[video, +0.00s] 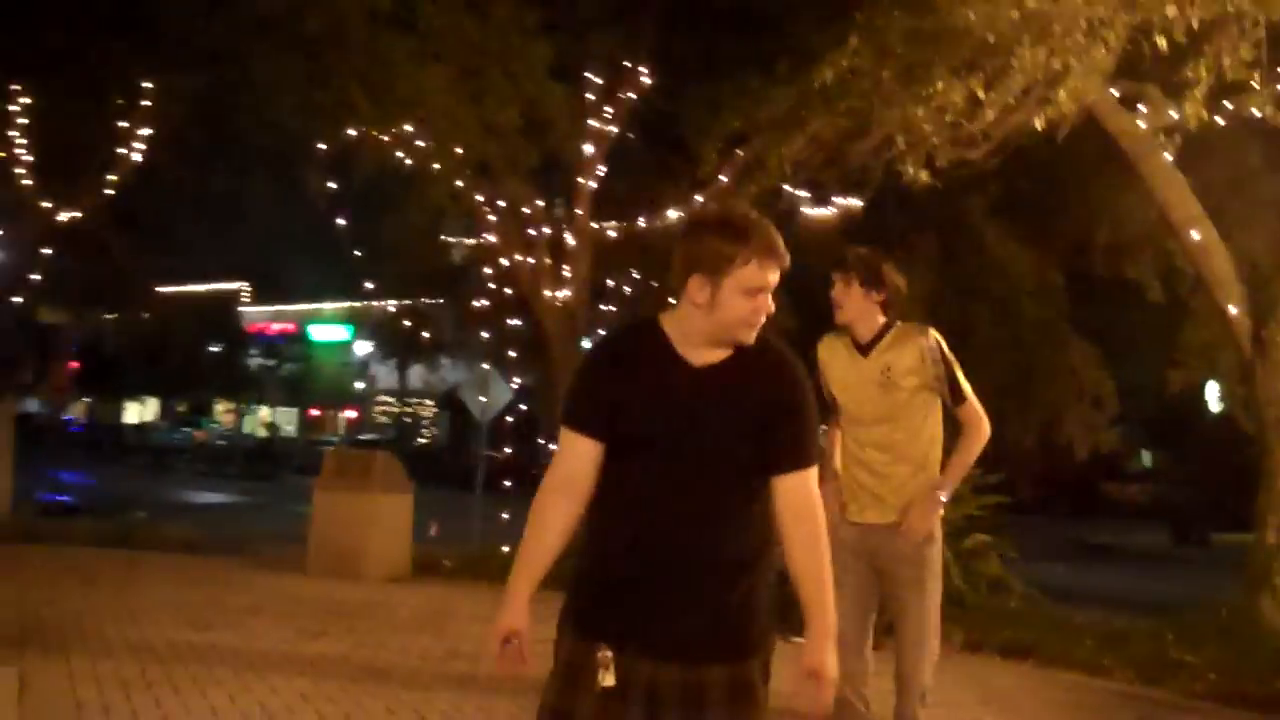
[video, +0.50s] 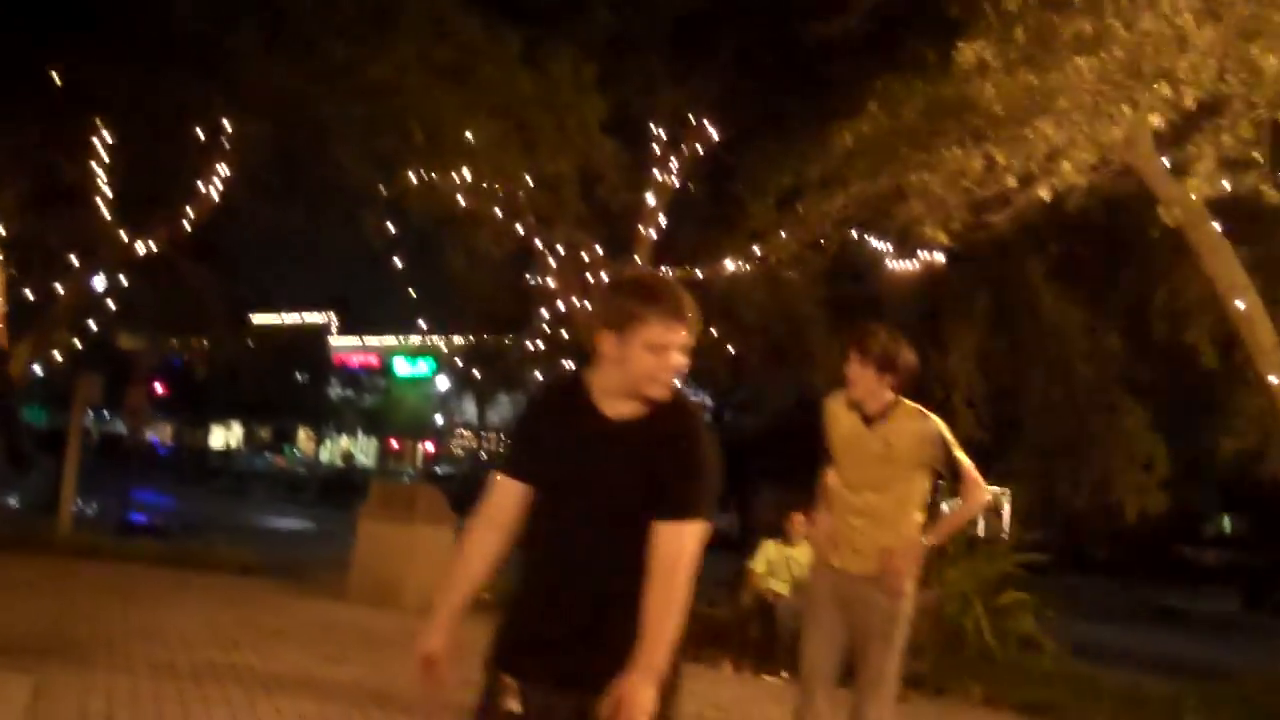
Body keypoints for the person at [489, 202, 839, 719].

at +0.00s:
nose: (768, 308)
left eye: (772, 291)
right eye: (753, 292)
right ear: (699, 291)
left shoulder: (777, 378)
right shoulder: (618, 362)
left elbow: (801, 511)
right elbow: (566, 486)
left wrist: (821, 633)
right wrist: (517, 598)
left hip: (725, 646)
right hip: (609, 639)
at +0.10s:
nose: (767, 330)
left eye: (771, 314)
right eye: (751, 314)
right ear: (697, 311)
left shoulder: (776, 399)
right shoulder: (621, 379)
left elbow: (794, 535)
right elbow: (574, 497)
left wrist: (799, 659)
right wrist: (521, 609)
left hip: (723, 657)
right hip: (610, 651)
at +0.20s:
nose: (769, 364)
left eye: (774, 348)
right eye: (752, 348)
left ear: (779, 344)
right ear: (698, 342)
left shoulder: (780, 433)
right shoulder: (633, 406)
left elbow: (786, 577)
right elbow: (581, 528)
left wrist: (776, 692)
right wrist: (529, 636)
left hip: (726, 679)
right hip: (629, 671)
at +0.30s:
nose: (749, 385)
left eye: (755, 369)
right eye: (731, 371)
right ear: (678, 364)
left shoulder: (756, 449)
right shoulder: (618, 424)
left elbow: (753, 588)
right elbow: (565, 539)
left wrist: (732, 701)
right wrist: (511, 647)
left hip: (697, 685)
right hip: (602, 672)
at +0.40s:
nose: (725, 382)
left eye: (732, 367)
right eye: (705, 368)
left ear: (738, 366)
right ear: (655, 362)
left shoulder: (733, 449)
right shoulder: (599, 421)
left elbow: (719, 586)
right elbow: (545, 532)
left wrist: (694, 697)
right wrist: (490, 638)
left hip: (672, 682)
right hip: (583, 666)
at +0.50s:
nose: (677, 365)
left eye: (683, 350)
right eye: (658, 349)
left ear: (690, 350)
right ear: (607, 343)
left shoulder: (683, 435)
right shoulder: (553, 409)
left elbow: (672, 570)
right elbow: (495, 521)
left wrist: (645, 676)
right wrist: (441, 623)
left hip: (621, 671)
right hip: (530, 654)